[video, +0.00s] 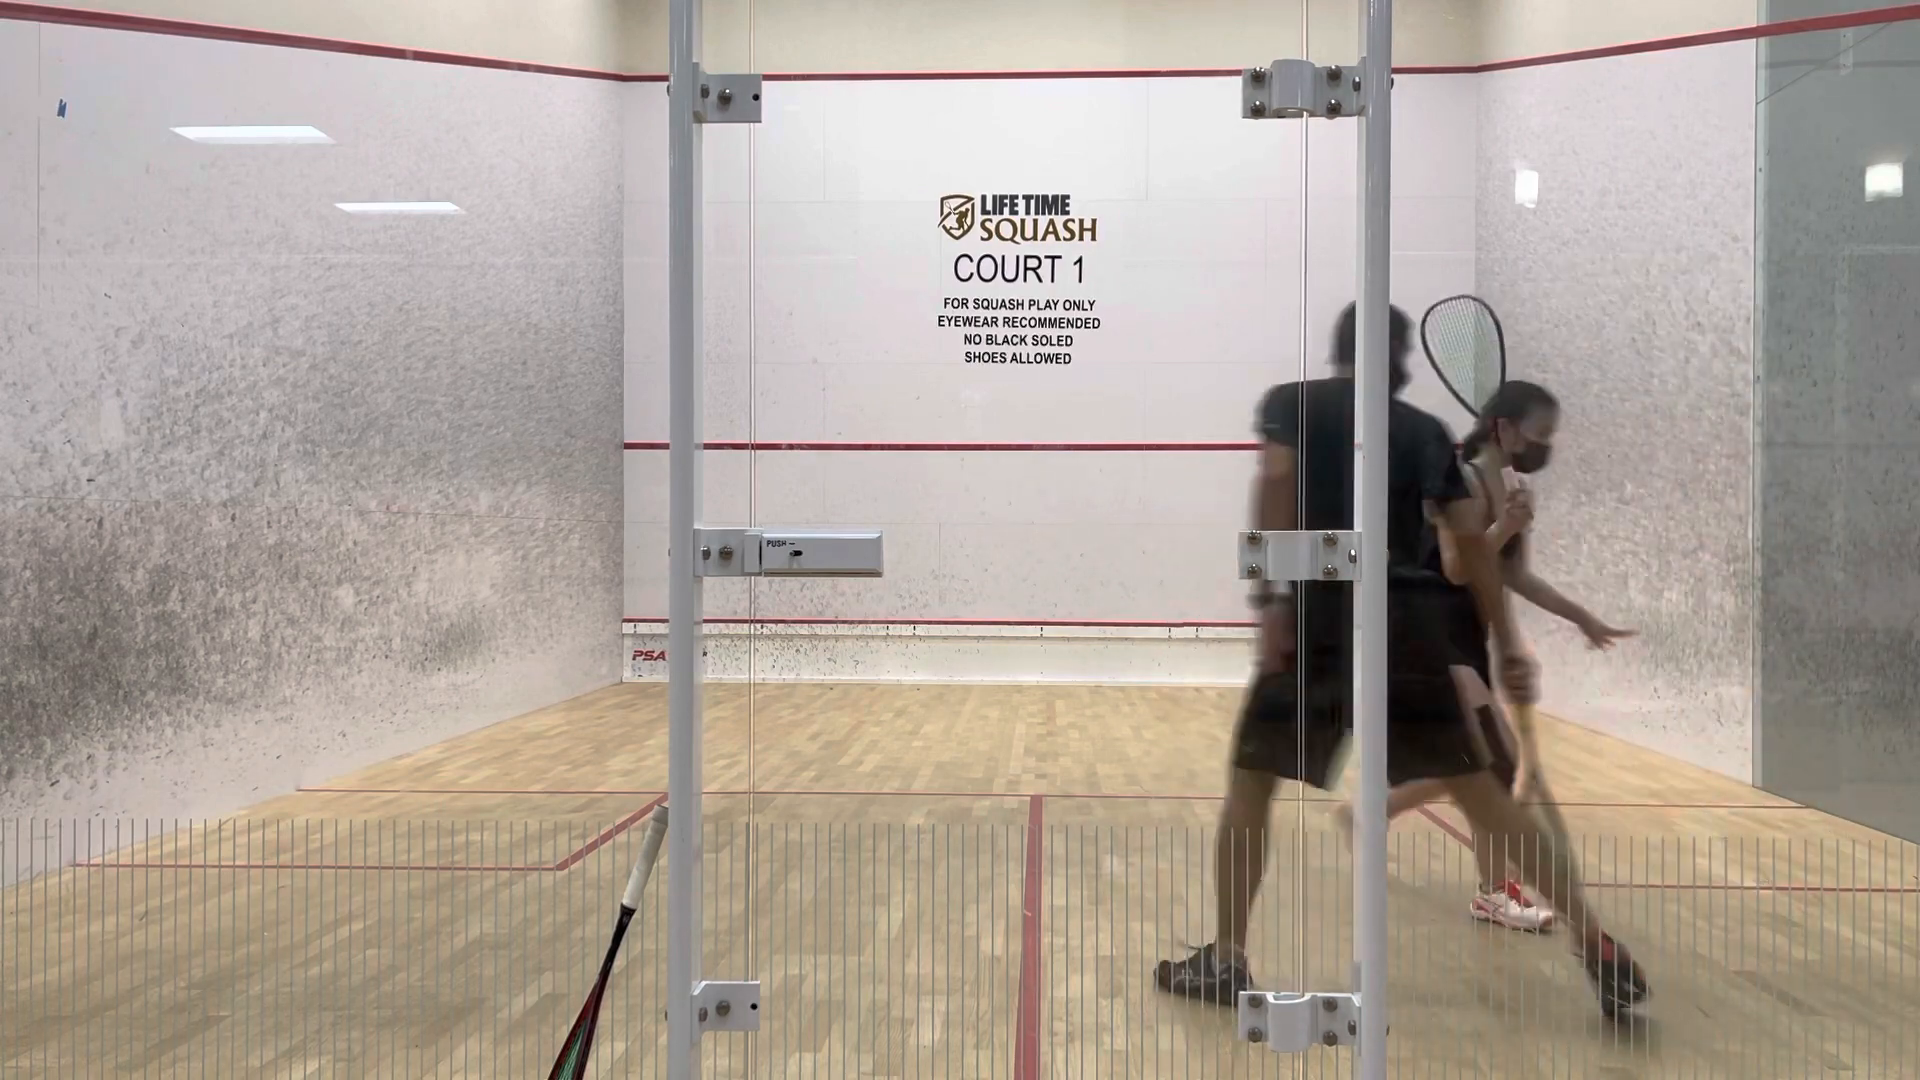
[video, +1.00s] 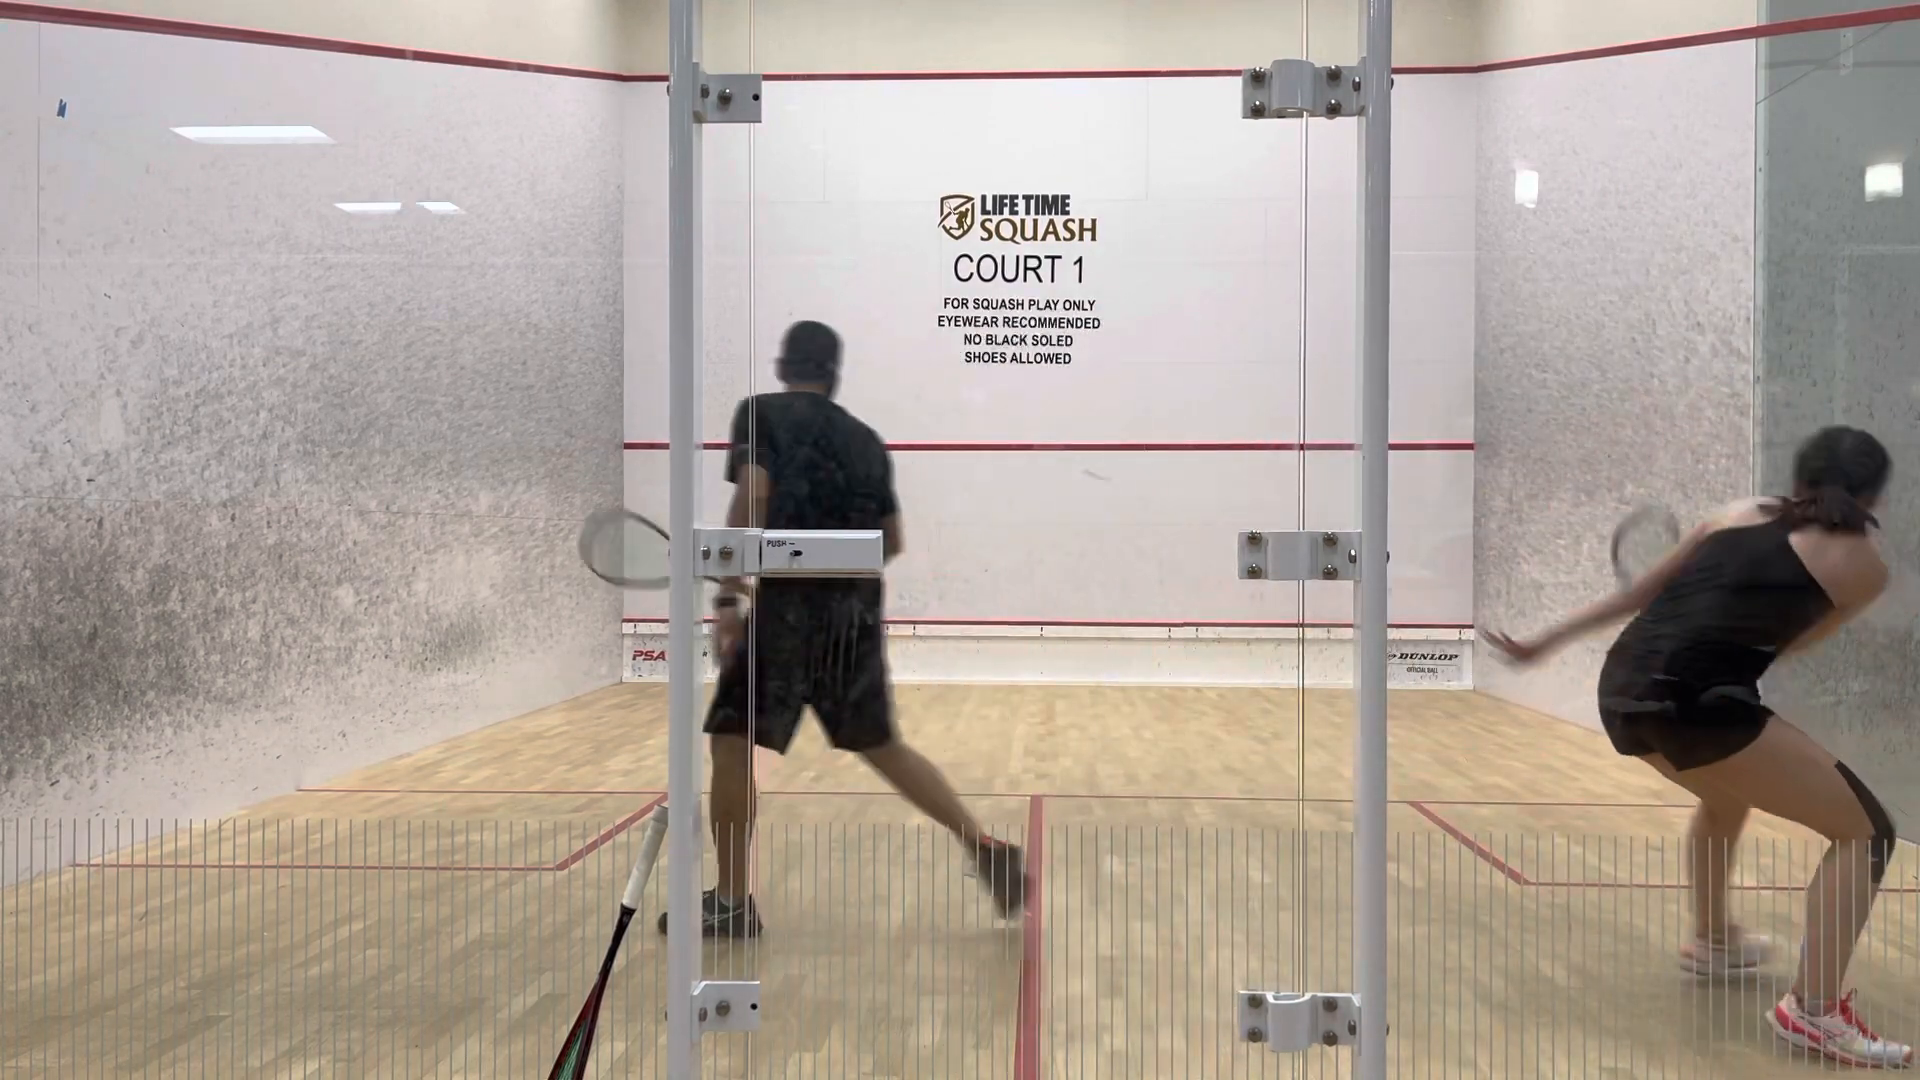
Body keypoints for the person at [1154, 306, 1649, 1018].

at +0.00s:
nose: (1394, 361)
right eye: (1399, 348)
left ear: (1334, 346)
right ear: (1402, 357)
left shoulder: (1291, 400)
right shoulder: (1426, 431)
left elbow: (1277, 482)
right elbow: (1471, 541)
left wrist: (1270, 599)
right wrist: (1510, 642)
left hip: (1309, 629)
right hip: (1411, 636)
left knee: (1250, 787)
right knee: (1487, 796)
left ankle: (1226, 953)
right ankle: (1598, 946)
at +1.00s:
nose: (781, 373)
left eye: (781, 364)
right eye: (798, 365)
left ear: (782, 367)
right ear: (835, 374)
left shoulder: (760, 411)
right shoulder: (866, 438)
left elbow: (753, 493)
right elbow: (890, 540)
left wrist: (728, 596)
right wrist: (823, 572)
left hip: (780, 605)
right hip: (855, 609)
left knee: (730, 738)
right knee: (879, 742)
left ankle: (732, 898)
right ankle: (984, 847)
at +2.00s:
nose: (295, 507)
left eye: (295, 500)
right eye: (295, 501)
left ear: (301, 500)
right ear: (341, 489)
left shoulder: (328, 515)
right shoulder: (355, 529)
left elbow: (387, 517)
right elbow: (387, 593)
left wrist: (446, 573)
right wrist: (365, 649)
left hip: (461, 631)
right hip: (477, 623)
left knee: (456, 766)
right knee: (408, 724)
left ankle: (583, 827)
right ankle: (368, 859)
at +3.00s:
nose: (426, 377)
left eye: (418, 368)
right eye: (453, 368)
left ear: (412, 370)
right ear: (466, 371)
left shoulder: (409, 417)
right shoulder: (501, 432)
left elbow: (419, 503)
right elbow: (522, 526)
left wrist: (381, 586)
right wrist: (468, 572)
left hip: (441, 605)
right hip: (499, 605)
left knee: (465, 739)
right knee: (454, 731)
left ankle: (508, 881)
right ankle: (429, 852)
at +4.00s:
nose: (313, 397)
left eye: (315, 384)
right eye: (312, 385)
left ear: (339, 380)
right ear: (356, 378)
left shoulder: (401, 418)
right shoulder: (370, 446)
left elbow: (487, 472)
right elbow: (413, 540)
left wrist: (491, 567)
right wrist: (370, 578)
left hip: (446, 608)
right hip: (411, 613)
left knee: (428, 741)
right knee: (413, 734)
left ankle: (488, 883)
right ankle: (425, 854)